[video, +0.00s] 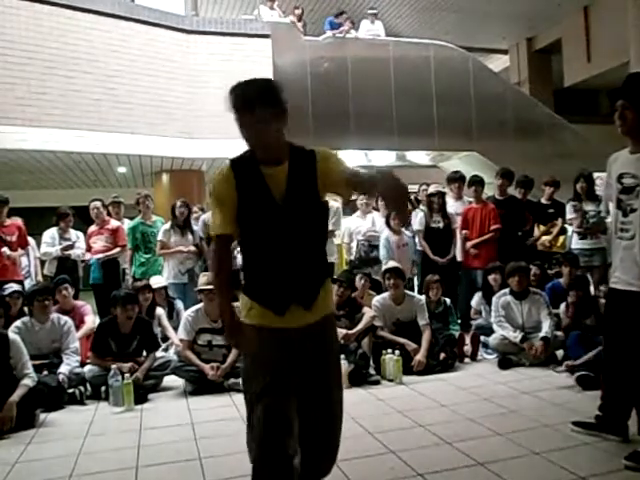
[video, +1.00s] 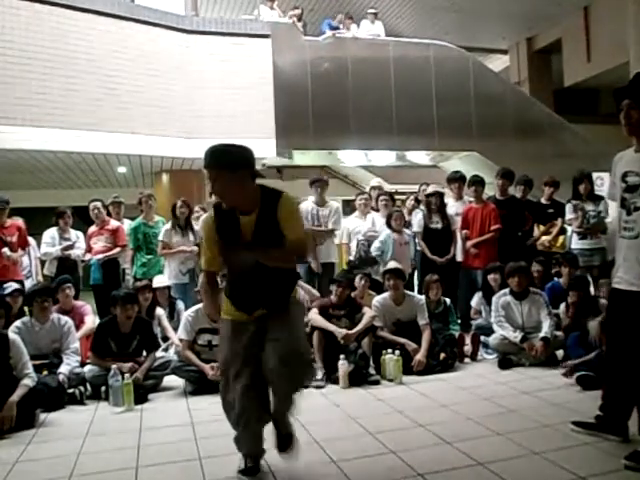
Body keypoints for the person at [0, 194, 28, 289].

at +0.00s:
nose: (2, 211)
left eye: (4, 207)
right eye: (1, 208)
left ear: (7, 208)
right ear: (1, 209)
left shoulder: (17, 225)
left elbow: (24, 247)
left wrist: (16, 254)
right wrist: (8, 253)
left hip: (13, 275)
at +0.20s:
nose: (2, 211)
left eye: (4, 207)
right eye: (1, 208)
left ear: (7, 208)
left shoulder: (17, 225)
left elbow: (24, 247)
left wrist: (16, 254)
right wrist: (8, 253)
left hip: (14, 275)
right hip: (3, 275)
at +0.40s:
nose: (2, 211)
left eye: (4, 207)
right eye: (2, 208)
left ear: (8, 208)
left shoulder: (17, 225)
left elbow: (24, 247)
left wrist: (16, 254)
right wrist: (7, 253)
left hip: (14, 276)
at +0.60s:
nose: (2, 211)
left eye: (4, 208)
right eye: (1, 208)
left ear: (8, 208)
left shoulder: (17, 225)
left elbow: (24, 247)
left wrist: (16, 254)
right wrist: (8, 253)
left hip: (14, 276)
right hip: (3, 276)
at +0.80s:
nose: (2, 213)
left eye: (3, 210)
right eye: (1, 210)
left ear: (7, 209)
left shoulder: (17, 225)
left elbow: (23, 247)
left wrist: (16, 255)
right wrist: (7, 254)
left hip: (14, 276)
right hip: (3, 276)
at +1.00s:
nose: (2, 213)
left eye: (4, 210)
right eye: (1, 210)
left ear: (8, 209)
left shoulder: (17, 225)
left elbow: (23, 247)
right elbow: (3, 248)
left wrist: (17, 255)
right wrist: (7, 254)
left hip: (14, 275)